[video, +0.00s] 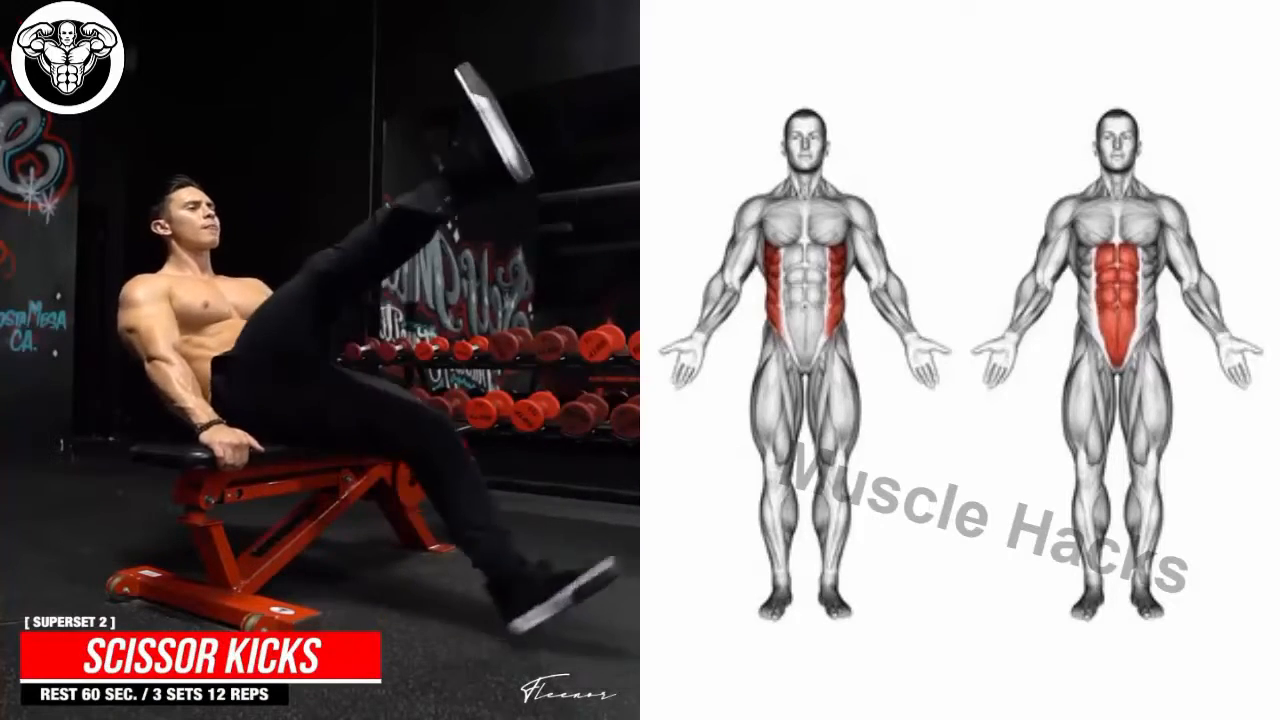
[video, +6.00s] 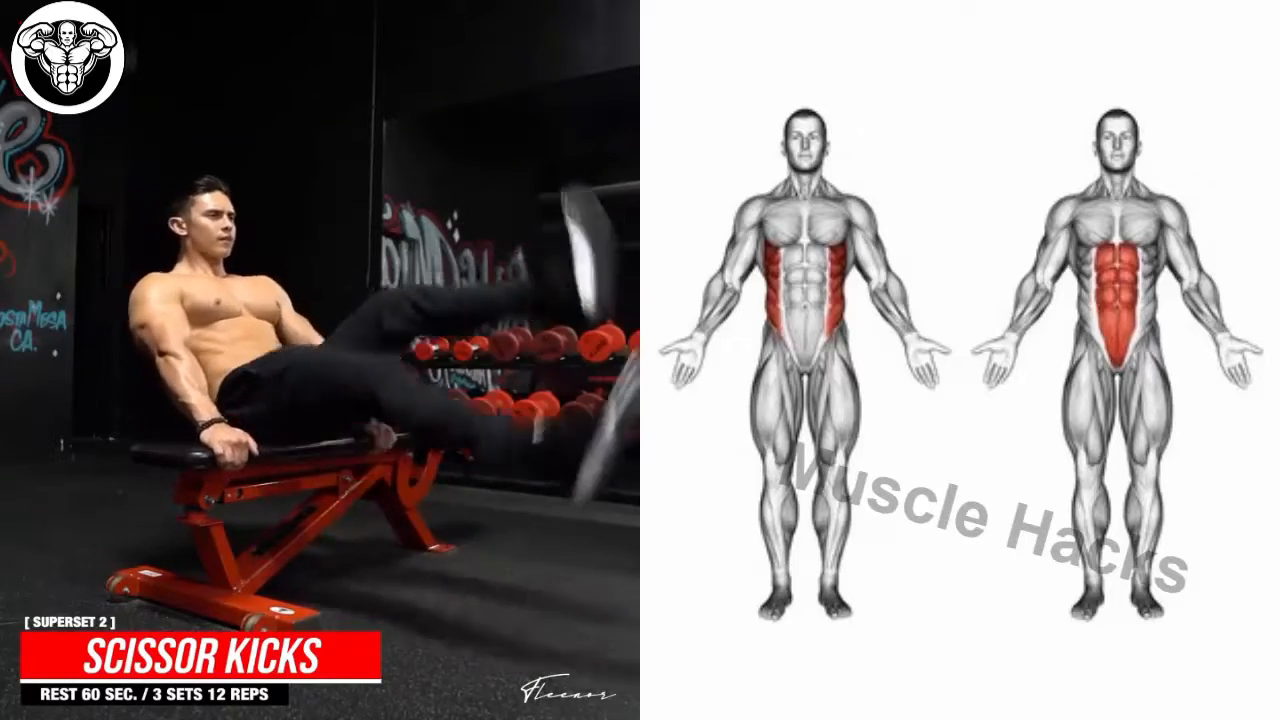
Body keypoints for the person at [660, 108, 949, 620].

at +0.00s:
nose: (805, 146)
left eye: (812, 138)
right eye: (797, 138)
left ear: (825, 145)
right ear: (785, 145)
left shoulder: (852, 211)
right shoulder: (758, 211)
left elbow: (881, 281)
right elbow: (729, 282)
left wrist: (910, 336)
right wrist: (700, 336)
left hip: (832, 356)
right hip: (777, 355)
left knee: (834, 467)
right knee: (777, 469)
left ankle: (830, 584)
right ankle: (780, 585)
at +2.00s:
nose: (804, 146)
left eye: (812, 138)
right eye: (797, 138)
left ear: (825, 145)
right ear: (785, 145)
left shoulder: (851, 211)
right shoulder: (758, 211)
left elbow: (881, 281)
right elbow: (729, 281)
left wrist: (909, 336)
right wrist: (700, 336)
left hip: (832, 356)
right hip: (777, 355)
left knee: (834, 467)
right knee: (777, 469)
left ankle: (829, 584)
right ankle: (780, 585)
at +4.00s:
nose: (805, 145)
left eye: (812, 138)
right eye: (797, 138)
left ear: (825, 145)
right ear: (785, 146)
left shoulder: (851, 211)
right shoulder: (758, 211)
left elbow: (881, 281)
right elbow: (729, 281)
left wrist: (909, 336)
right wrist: (700, 336)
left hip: (832, 355)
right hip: (778, 355)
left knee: (834, 467)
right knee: (777, 469)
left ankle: (829, 584)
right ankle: (780, 585)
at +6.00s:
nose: (805, 145)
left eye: (812, 138)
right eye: (797, 138)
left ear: (825, 145)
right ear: (785, 145)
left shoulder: (851, 211)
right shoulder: (758, 211)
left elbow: (881, 281)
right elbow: (729, 281)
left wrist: (909, 336)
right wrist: (700, 336)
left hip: (832, 356)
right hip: (777, 355)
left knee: (834, 467)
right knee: (777, 469)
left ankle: (830, 584)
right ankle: (780, 585)